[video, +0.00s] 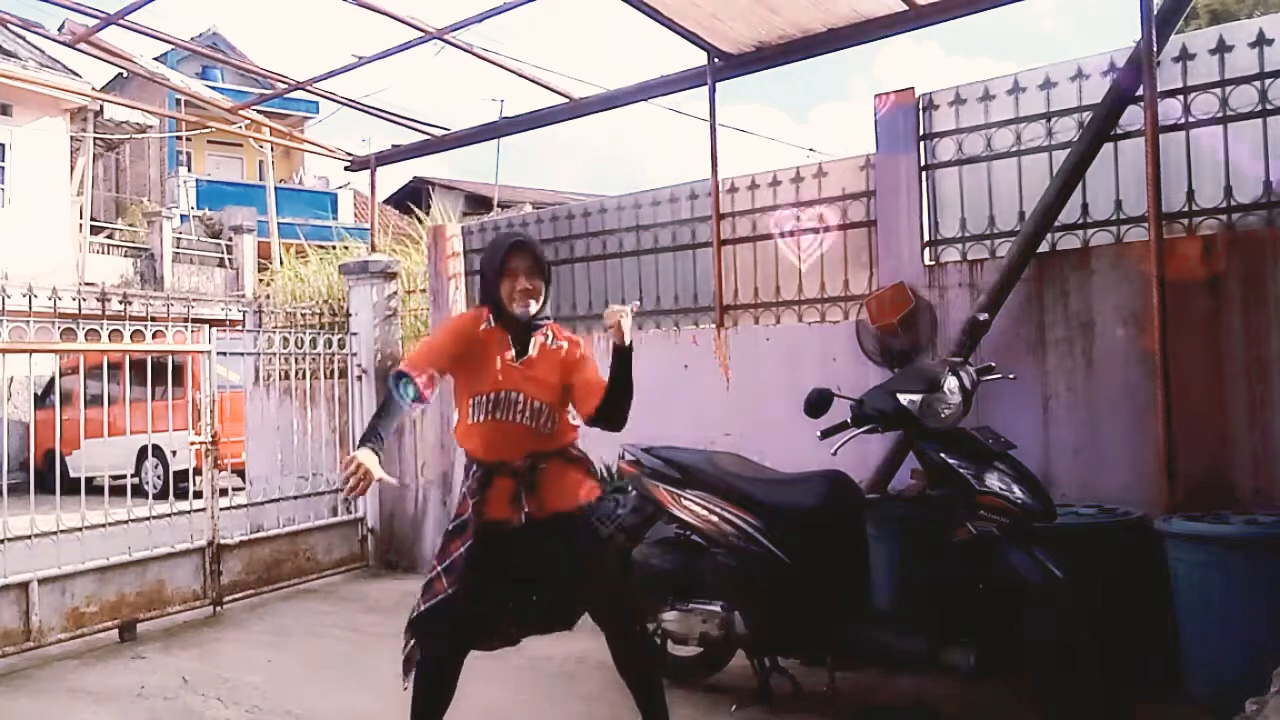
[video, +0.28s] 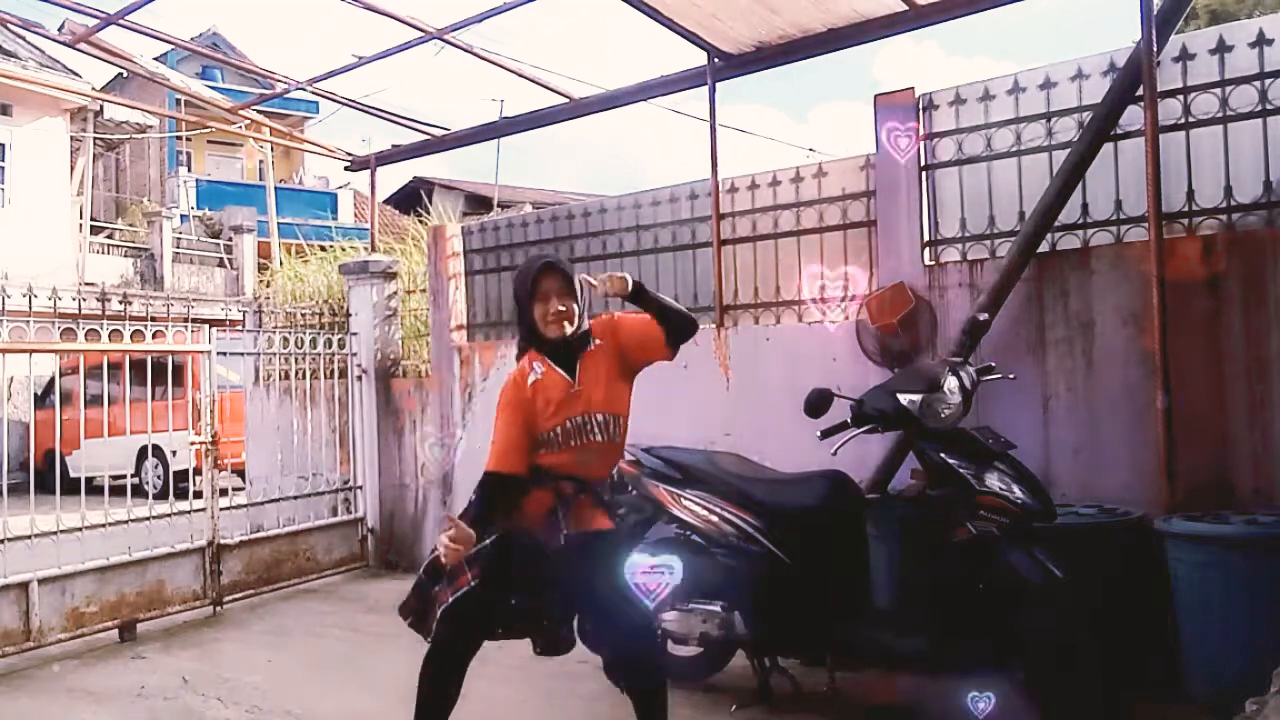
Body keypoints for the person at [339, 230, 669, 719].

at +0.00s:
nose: (525, 285)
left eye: (533, 274)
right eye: (512, 275)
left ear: (546, 283)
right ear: (491, 282)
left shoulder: (567, 347)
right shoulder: (466, 331)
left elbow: (611, 417)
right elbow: (407, 383)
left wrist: (622, 347)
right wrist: (371, 447)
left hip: (565, 502)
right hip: (490, 506)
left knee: (624, 619)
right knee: (442, 630)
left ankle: (656, 714)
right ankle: (424, 718)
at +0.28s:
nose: (555, 306)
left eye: (564, 295)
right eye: (543, 299)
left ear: (580, 301)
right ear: (527, 310)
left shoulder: (613, 337)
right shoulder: (523, 381)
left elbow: (684, 327)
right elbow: (503, 474)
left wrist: (634, 291)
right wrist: (469, 527)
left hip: (593, 527)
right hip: (526, 529)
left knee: (635, 638)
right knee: (455, 630)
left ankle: (653, 713)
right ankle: (427, 715)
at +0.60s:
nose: (509, 281)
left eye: (518, 271)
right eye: (496, 272)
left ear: (531, 279)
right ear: (478, 280)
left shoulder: (556, 342)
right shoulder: (452, 339)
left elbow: (609, 418)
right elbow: (430, 428)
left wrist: (670, 484)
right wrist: (425, 368)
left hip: (560, 487)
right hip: (486, 496)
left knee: (623, 621)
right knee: (442, 632)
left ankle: (650, 715)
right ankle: (423, 719)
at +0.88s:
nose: (491, 262)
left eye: (501, 252)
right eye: (478, 252)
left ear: (514, 260)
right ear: (458, 261)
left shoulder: (538, 315)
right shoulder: (431, 319)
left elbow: (599, 372)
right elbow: (388, 392)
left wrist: (664, 422)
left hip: (546, 475)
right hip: (469, 480)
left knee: (606, 600)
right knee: (433, 619)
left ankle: (648, 707)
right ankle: (419, 716)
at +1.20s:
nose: (517, 271)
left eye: (527, 261)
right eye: (504, 260)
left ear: (540, 270)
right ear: (485, 268)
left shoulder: (559, 328)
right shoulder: (460, 318)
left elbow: (604, 399)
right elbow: (419, 377)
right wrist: (383, 435)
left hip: (568, 494)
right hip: (488, 501)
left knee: (620, 622)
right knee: (443, 634)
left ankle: (651, 714)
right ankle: (420, 718)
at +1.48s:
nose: (542, 292)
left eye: (551, 282)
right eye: (530, 284)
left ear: (565, 288)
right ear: (513, 295)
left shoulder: (599, 331)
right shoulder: (500, 363)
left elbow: (672, 339)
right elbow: (480, 451)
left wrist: (715, 376)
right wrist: (443, 407)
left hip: (591, 513)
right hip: (517, 517)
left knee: (629, 626)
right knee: (458, 625)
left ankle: (646, 716)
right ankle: (428, 718)